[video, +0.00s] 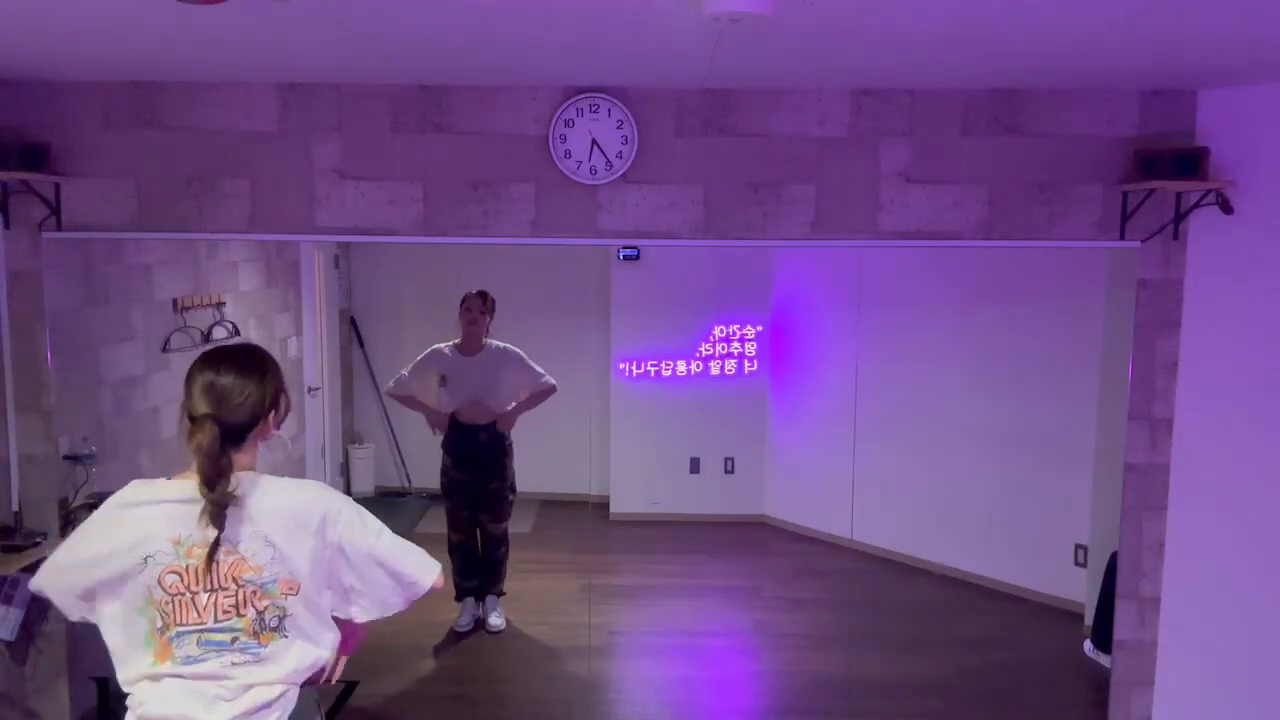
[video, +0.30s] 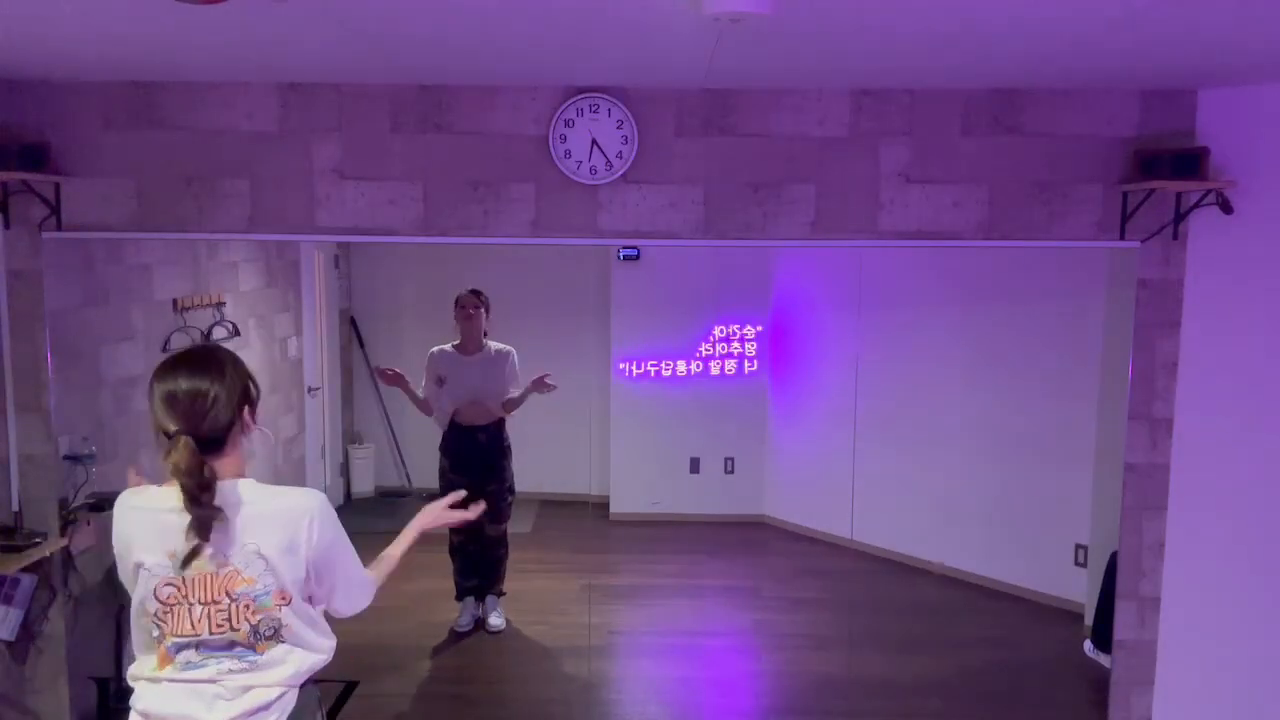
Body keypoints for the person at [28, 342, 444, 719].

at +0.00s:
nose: (283, 416)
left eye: (282, 404)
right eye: (282, 406)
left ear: (189, 411)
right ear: (271, 420)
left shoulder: (131, 507)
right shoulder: (312, 507)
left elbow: (55, 583)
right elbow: (429, 579)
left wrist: (138, 614)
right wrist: (351, 623)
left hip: (157, 708)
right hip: (270, 710)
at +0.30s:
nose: (255, 409)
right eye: (252, 399)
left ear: (162, 424)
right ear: (247, 416)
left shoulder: (130, 513)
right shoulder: (302, 511)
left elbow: (138, 587)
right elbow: (349, 597)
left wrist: (145, 502)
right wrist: (418, 526)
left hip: (158, 713)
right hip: (268, 711)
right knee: (309, 691)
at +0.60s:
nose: (244, 416)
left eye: (241, 404)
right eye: (242, 406)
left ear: (153, 421)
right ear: (234, 418)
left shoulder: (118, 517)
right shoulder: (289, 512)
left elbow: (126, 631)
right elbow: (316, 610)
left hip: (151, 710)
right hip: (262, 710)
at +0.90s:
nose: (245, 417)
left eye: (244, 402)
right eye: (244, 404)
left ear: (154, 412)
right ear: (233, 419)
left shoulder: (113, 510)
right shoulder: (278, 508)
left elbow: (114, 635)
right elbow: (314, 625)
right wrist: (359, 569)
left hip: (134, 706)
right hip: (244, 707)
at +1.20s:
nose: (245, 416)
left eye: (244, 405)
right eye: (244, 406)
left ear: (156, 422)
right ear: (232, 417)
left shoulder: (132, 515)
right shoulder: (286, 506)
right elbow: (321, 622)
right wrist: (336, 568)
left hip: (135, 708)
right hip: (245, 711)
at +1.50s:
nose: (267, 415)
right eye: (267, 403)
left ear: (180, 420)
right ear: (258, 412)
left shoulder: (186, 517)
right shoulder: (283, 517)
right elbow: (313, 667)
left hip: (181, 705)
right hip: (264, 709)